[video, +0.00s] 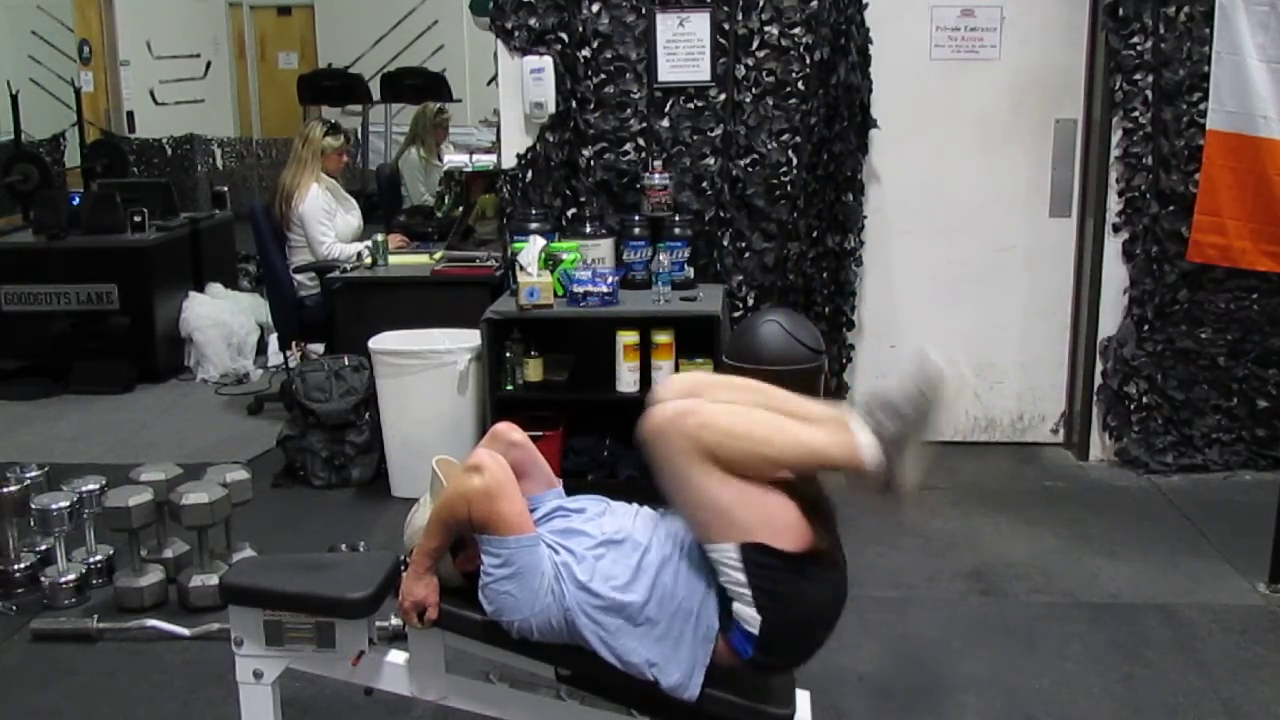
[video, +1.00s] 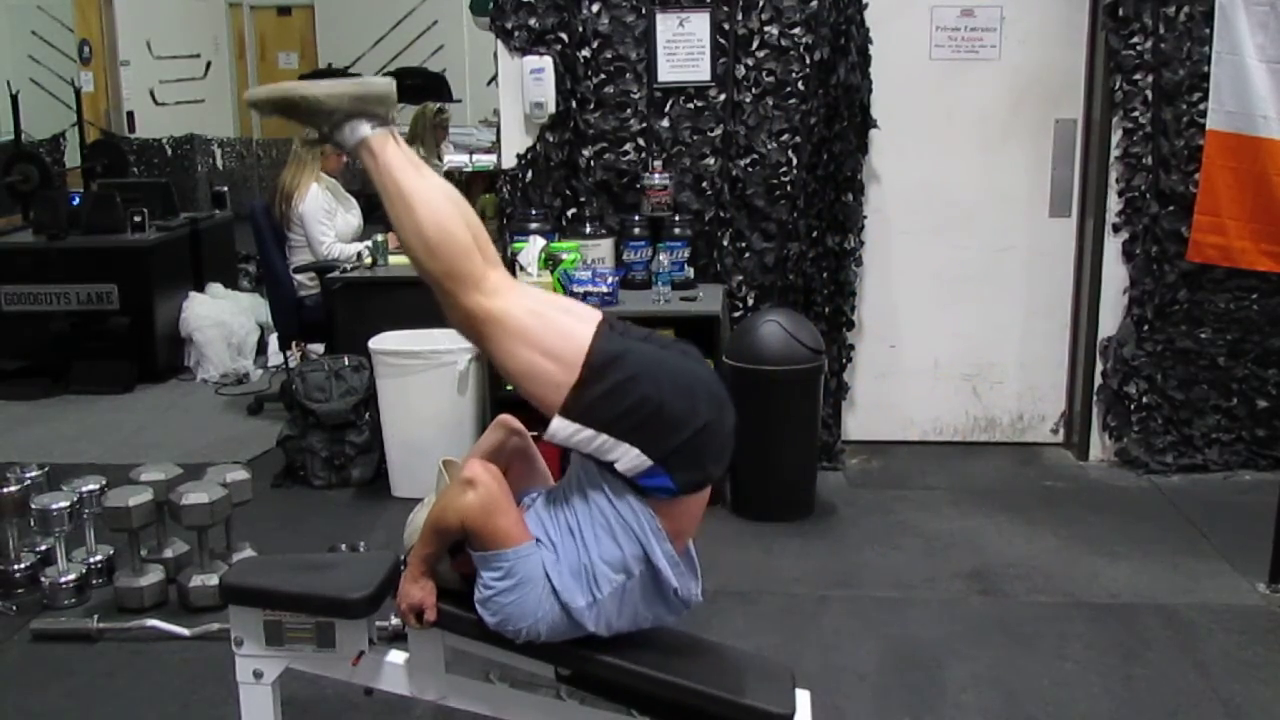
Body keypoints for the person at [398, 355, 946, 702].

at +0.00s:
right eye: (477, 497)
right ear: (476, 558)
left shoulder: (552, 516)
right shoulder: (519, 593)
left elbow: (507, 437)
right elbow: (475, 475)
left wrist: (465, 526)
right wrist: (423, 563)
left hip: (769, 572)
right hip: (759, 622)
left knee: (677, 390)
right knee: (667, 422)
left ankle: (866, 427)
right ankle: (867, 447)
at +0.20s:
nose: (479, 462)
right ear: (474, 553)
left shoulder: (554, 514)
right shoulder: (518, 592)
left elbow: (507, 436)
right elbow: (479, 478)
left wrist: (456, 519)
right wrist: (425, 564)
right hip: (769, 575)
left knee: (636, 419)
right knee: (596, 431)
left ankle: (746, 276)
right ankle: (733, 277)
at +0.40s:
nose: (474, 457)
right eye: (467, 470)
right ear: (471, 560)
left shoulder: (546, 517)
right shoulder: (517, 593)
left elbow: (508, 434)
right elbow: (475, 484)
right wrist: (421, 564)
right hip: (757, 528)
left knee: (572, 394)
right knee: (559, 406)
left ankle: (545, 205)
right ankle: (544, 206)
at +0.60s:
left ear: (471, 552)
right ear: (474, 567)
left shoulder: (542, 530)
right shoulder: (517, 598)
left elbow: (510, 433)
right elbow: (476, 485)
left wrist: (457, 500)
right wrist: (422, 564)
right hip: (731, 483)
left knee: (534, 370)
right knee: (525, 375)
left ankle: (445, 195)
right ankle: (434, 196)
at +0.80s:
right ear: (472, 565)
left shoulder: (539, 540)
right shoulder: (518, 598)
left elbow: (510, 432)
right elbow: (477, 482)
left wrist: (445, 534)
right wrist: (421, 563)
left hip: (709, 439)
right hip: (709, 450)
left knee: (507, 328)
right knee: (499, 337)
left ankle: (397, 167)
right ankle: (384, 167)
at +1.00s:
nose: (461, 556)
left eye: (455, 555)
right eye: (456, 557)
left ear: (466, 553)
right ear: (468, 568)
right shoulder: (516, 599)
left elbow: (511, 430)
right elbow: (474, 480)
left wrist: (434, 543)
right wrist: (421, 564)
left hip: (687, 418)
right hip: (683, 432)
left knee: (492, 294)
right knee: (483, 302)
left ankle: (370, 131)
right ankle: (365, 129)